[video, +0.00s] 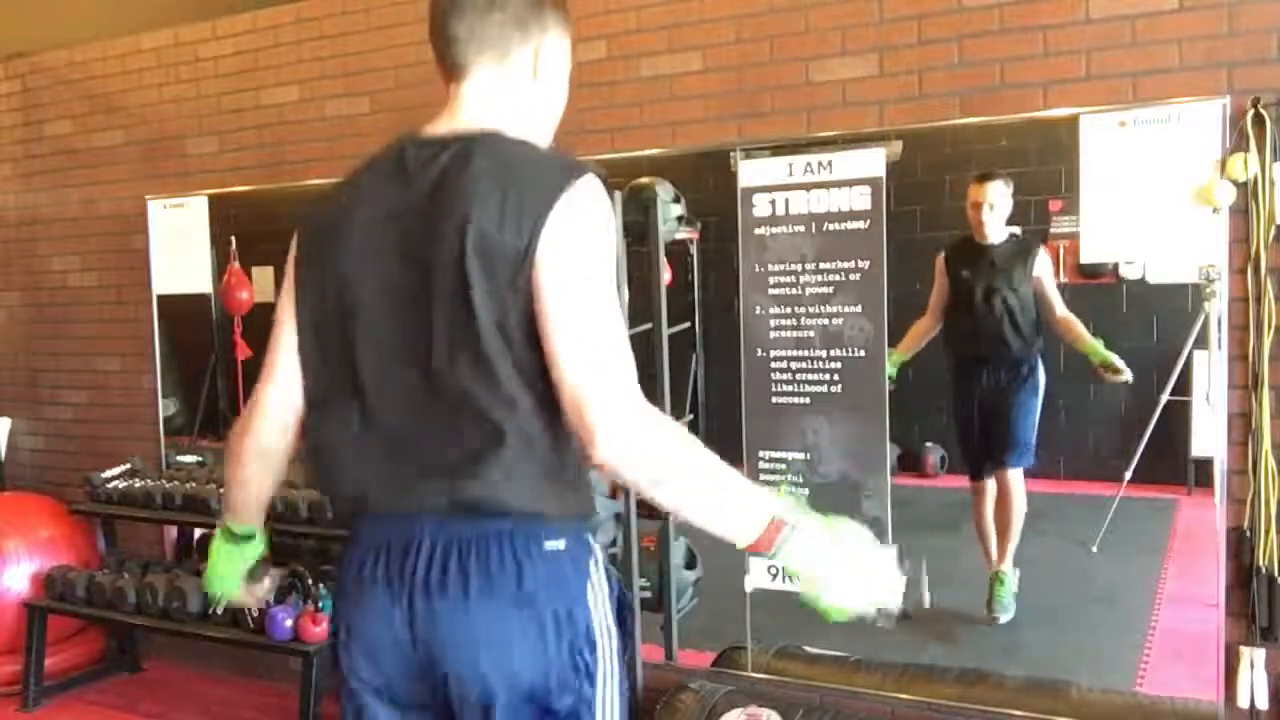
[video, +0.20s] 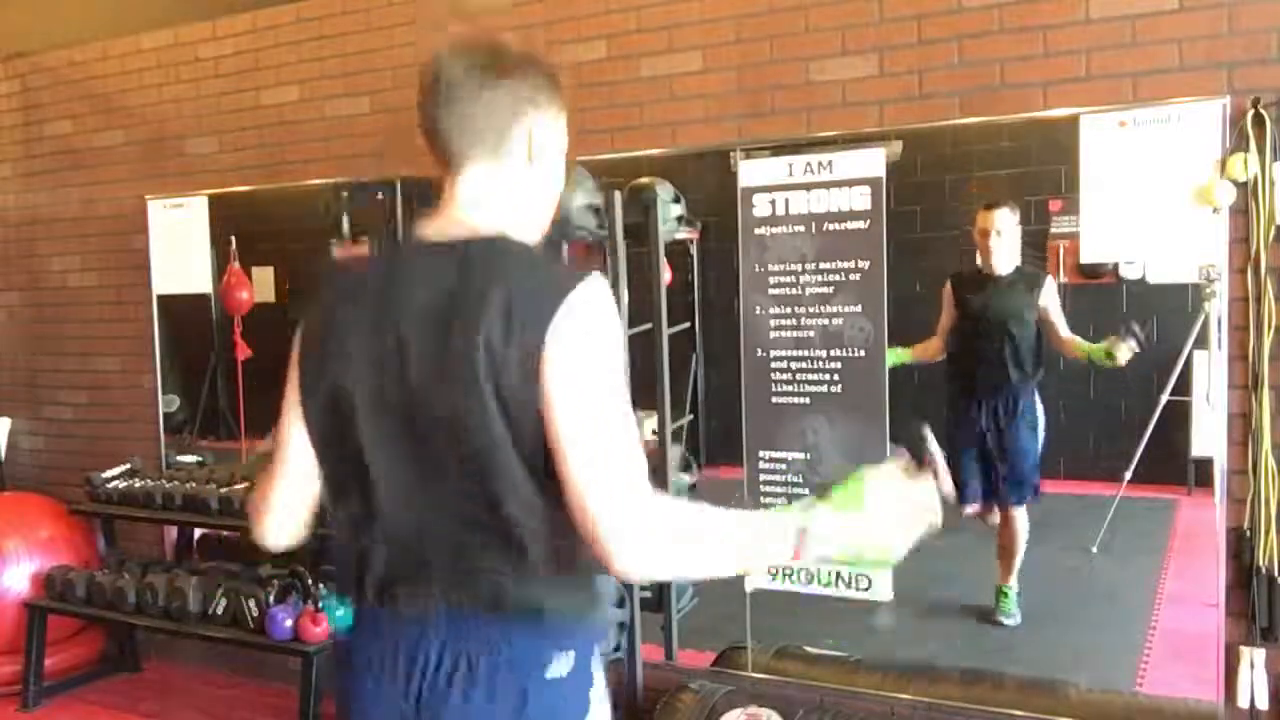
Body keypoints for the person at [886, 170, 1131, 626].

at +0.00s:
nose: (982, 214)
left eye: (991, 206)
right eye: (976, 206)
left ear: (1009, 208)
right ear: (966, 208)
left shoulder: (1032, 256)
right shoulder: (950, 259)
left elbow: (1058, 316)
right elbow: (932, 318)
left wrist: (1097, 353)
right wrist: (894, 358)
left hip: (1020, 373)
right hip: (969, 374)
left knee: (1009, 470)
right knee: (981, 480)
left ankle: (1004, 569)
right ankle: (996, 573)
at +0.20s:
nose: (987, 243)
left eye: (996, 234)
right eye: (982, 234)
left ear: (1017, 236)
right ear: (973, 236)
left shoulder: (1039, 286)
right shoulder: (957, 287)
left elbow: (1062, 340)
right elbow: (940, 343)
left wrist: (1098, 351)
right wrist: (897, 355)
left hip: (1018, 403)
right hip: (968, 402)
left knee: (1010, 503)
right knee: (975, 505)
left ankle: (1007, 589)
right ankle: (1015, 521)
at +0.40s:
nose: (990, 210)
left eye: (999, 201)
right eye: (985, 200)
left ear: (1018, 205)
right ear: (974, 203)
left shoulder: (1039, 253)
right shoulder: (957, 251)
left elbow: (1063, 316)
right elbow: (938, 312)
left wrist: (1099, 355)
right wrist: (897, 354)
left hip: (1017, 373)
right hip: (966, 372)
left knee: (1009, 473)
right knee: (961, 472)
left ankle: (1007, 571)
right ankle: (973, 555)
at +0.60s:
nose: (989, 236)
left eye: (998, 228)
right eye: (983, 227)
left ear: (1018, 232)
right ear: (974, 232)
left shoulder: (1039, 282)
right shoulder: (956, 281)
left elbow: (1063, 338)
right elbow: (937, 337)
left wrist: (1098, 348)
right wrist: (894, 350)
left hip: (1012, 399)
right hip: (962, 396)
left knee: (1000, 500)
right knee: (955, 498)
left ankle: (996, 591)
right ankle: (953, 596)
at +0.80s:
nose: (983, 208)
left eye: (992, 199)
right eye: (977, 199)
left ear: (1009, 205)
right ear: (966, 205)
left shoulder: (1032, 255)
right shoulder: (951, 259)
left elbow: (1058, 316)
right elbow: (935, 322)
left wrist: (1091, 350)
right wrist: (900, 358)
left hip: (1012, 377)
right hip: (961, 376)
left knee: (1006, 480)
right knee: (960, 479)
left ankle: (1000, 577)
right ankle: (965, 576)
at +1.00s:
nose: (973, 233)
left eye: (983, 224)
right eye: (967, 225)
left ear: (1000, 229)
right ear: (958, 231)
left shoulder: (1026, 281)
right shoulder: (944, 284)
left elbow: (1052, 334)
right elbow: (931, 341)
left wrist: (1090, 344)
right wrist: (893, 354)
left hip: (1015, 398)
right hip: (964, 399)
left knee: (1006, 498)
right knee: (969, 502)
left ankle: (1013, 516)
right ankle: (980, 590)